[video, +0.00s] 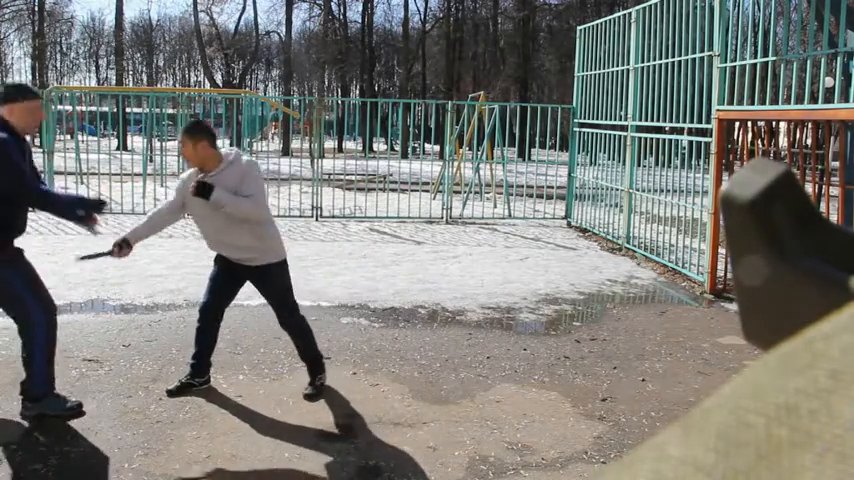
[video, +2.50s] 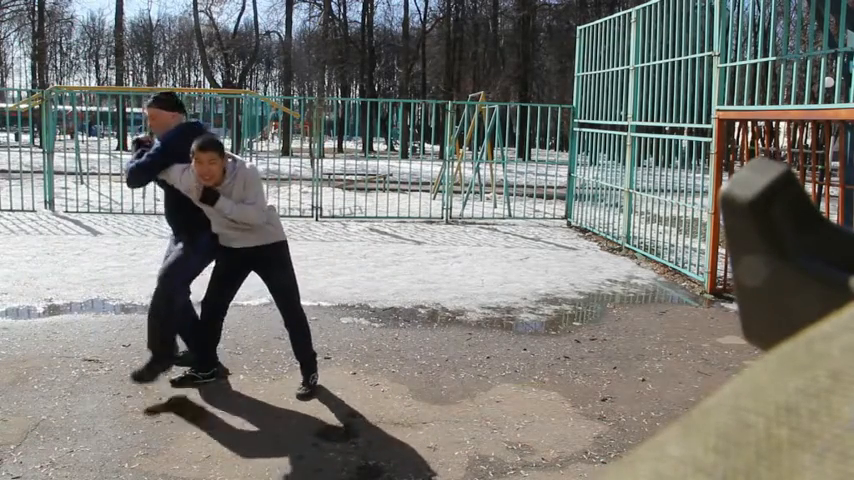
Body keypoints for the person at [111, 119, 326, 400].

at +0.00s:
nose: (182, 153)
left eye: (185, 147)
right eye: (182, 147)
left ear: (203, 145)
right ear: (199, 147)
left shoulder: (245, 169)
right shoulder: (189, 183)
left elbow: (258, 210)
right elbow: (165, 214)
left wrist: (214, 195)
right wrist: (130, 238)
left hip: (267, 259)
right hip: (230, 260)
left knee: (289, 318)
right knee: (209, 313)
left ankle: (317, 370)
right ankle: (199, 374)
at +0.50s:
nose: (244, 141)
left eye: (247, 135)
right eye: (243, 136)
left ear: (266, 133)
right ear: (260, 135)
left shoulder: (295, 165)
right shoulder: (258, 164)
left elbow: (273, 206)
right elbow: (249, 204)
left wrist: (246, 166)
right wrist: (223, 182)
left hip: (283, 262)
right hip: (252, 258)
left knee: (292, 323)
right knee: (228, 313)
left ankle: (316, 375)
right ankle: (215, 373)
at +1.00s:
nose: (177, 135)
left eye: (182, 130)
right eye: (178, 130)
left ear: (199, 132)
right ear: (193, 133)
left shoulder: (234, 164)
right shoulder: (178, 159)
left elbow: (227, 201)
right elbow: (148, 138)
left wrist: (195, 167)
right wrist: (121, 114)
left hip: (243, 258)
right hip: (208, 256)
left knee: (271, 317)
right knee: (180, 309)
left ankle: (307, 371)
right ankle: (174, 368)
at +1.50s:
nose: (208, 135)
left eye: (213, 130)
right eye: (209, 130)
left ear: (231, 134)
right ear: (223, 133)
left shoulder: (259, 166)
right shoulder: (209, 152)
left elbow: (246, 208)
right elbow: (173, 124)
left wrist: (219, 169)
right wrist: (139, 92)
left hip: (255, 258)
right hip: (221, 253)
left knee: (276, 320)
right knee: (197, 311)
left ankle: (308, 371)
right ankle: (175, 368)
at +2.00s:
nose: (211, 138)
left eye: (218, 133)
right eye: (211, 132)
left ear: (237, 135)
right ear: (212, 134)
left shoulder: (263, 164)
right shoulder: (207, 155)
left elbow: (266, 206)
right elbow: (170, 142)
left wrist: (228, 180)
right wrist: (128, 124)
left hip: (273, 251)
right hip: (237, 250)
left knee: (292, 313)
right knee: (212, 309)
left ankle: (310, 373)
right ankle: (209, 365)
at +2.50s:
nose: (205, 169)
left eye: (211, 162)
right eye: (199, 162)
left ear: (224, 161)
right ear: (192, 162)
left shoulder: (246, 173)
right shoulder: (187, 178)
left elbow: (258, 215)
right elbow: (161, 168)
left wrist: (217, 201)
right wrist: (146, 148)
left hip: (268, 246)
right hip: (232, 249)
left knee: (290, 309)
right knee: (211, 308)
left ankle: (309, 372)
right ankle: (206, 367)